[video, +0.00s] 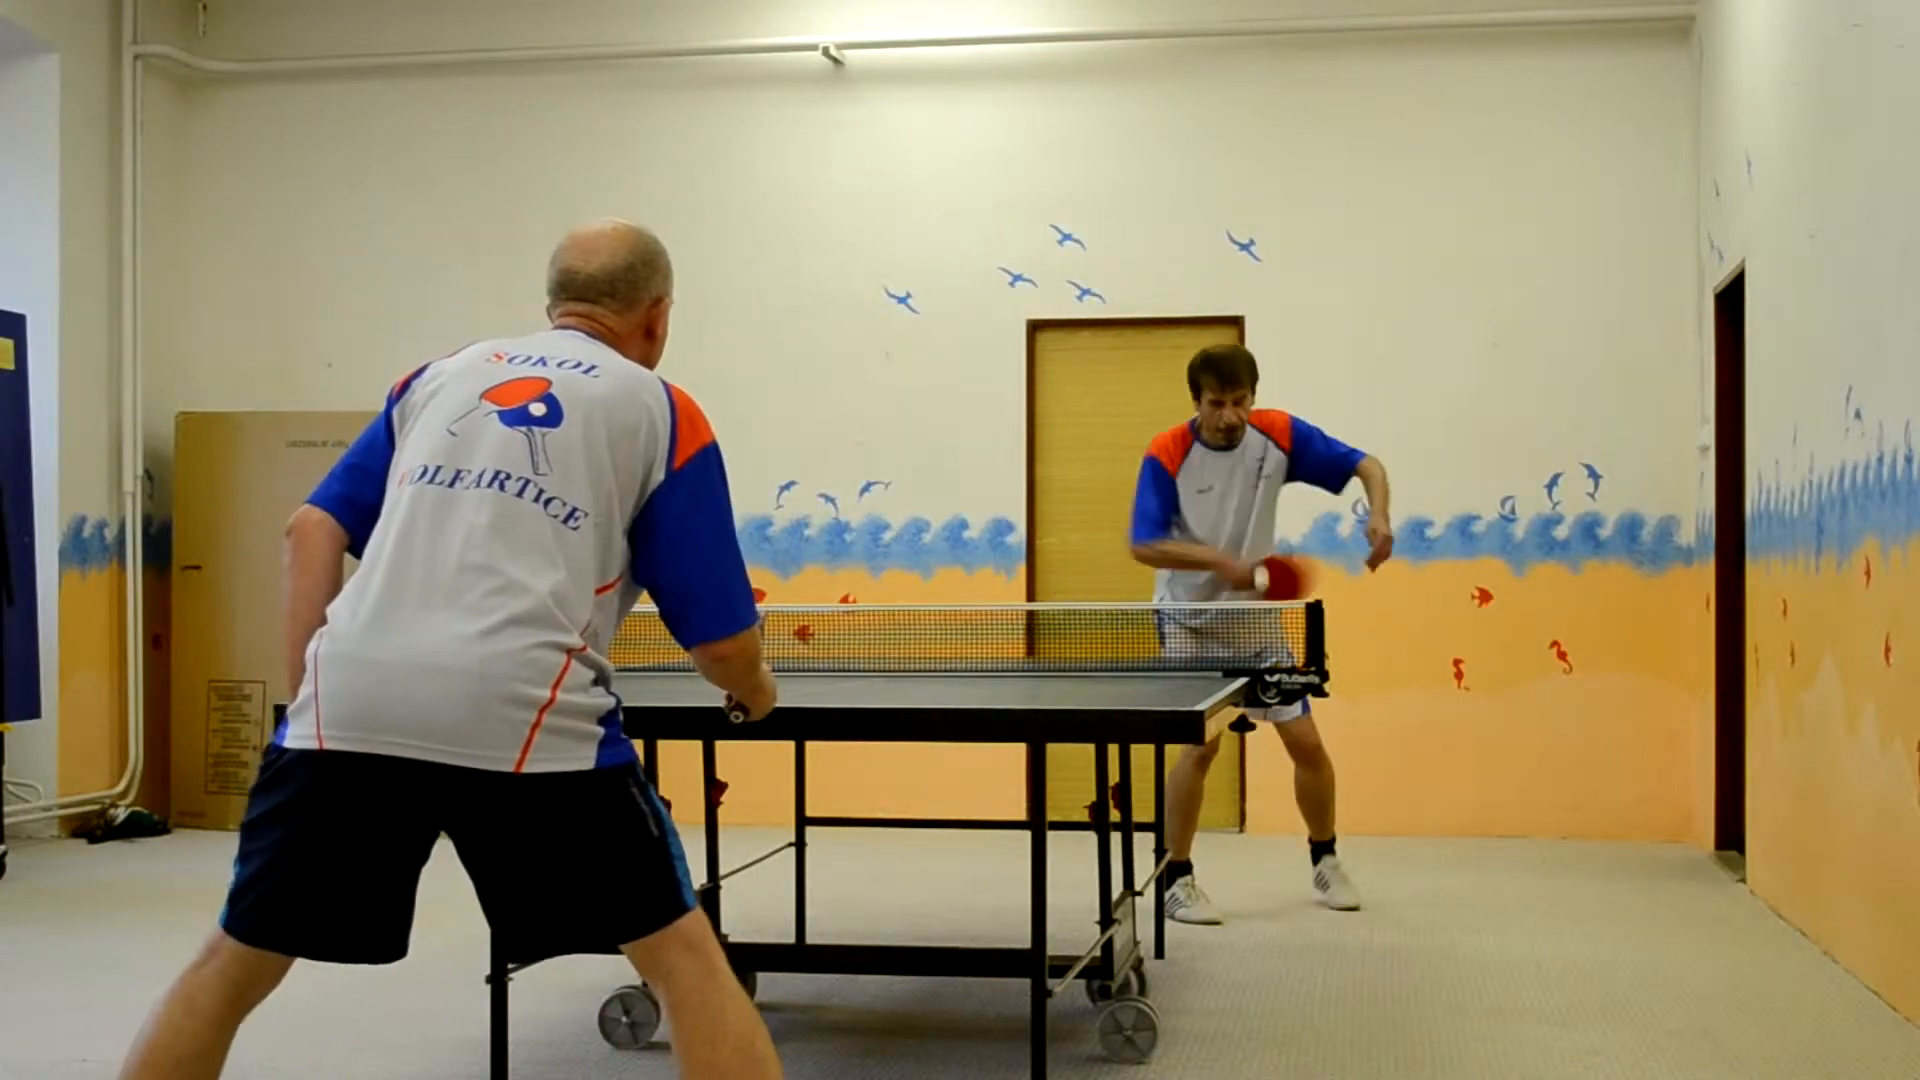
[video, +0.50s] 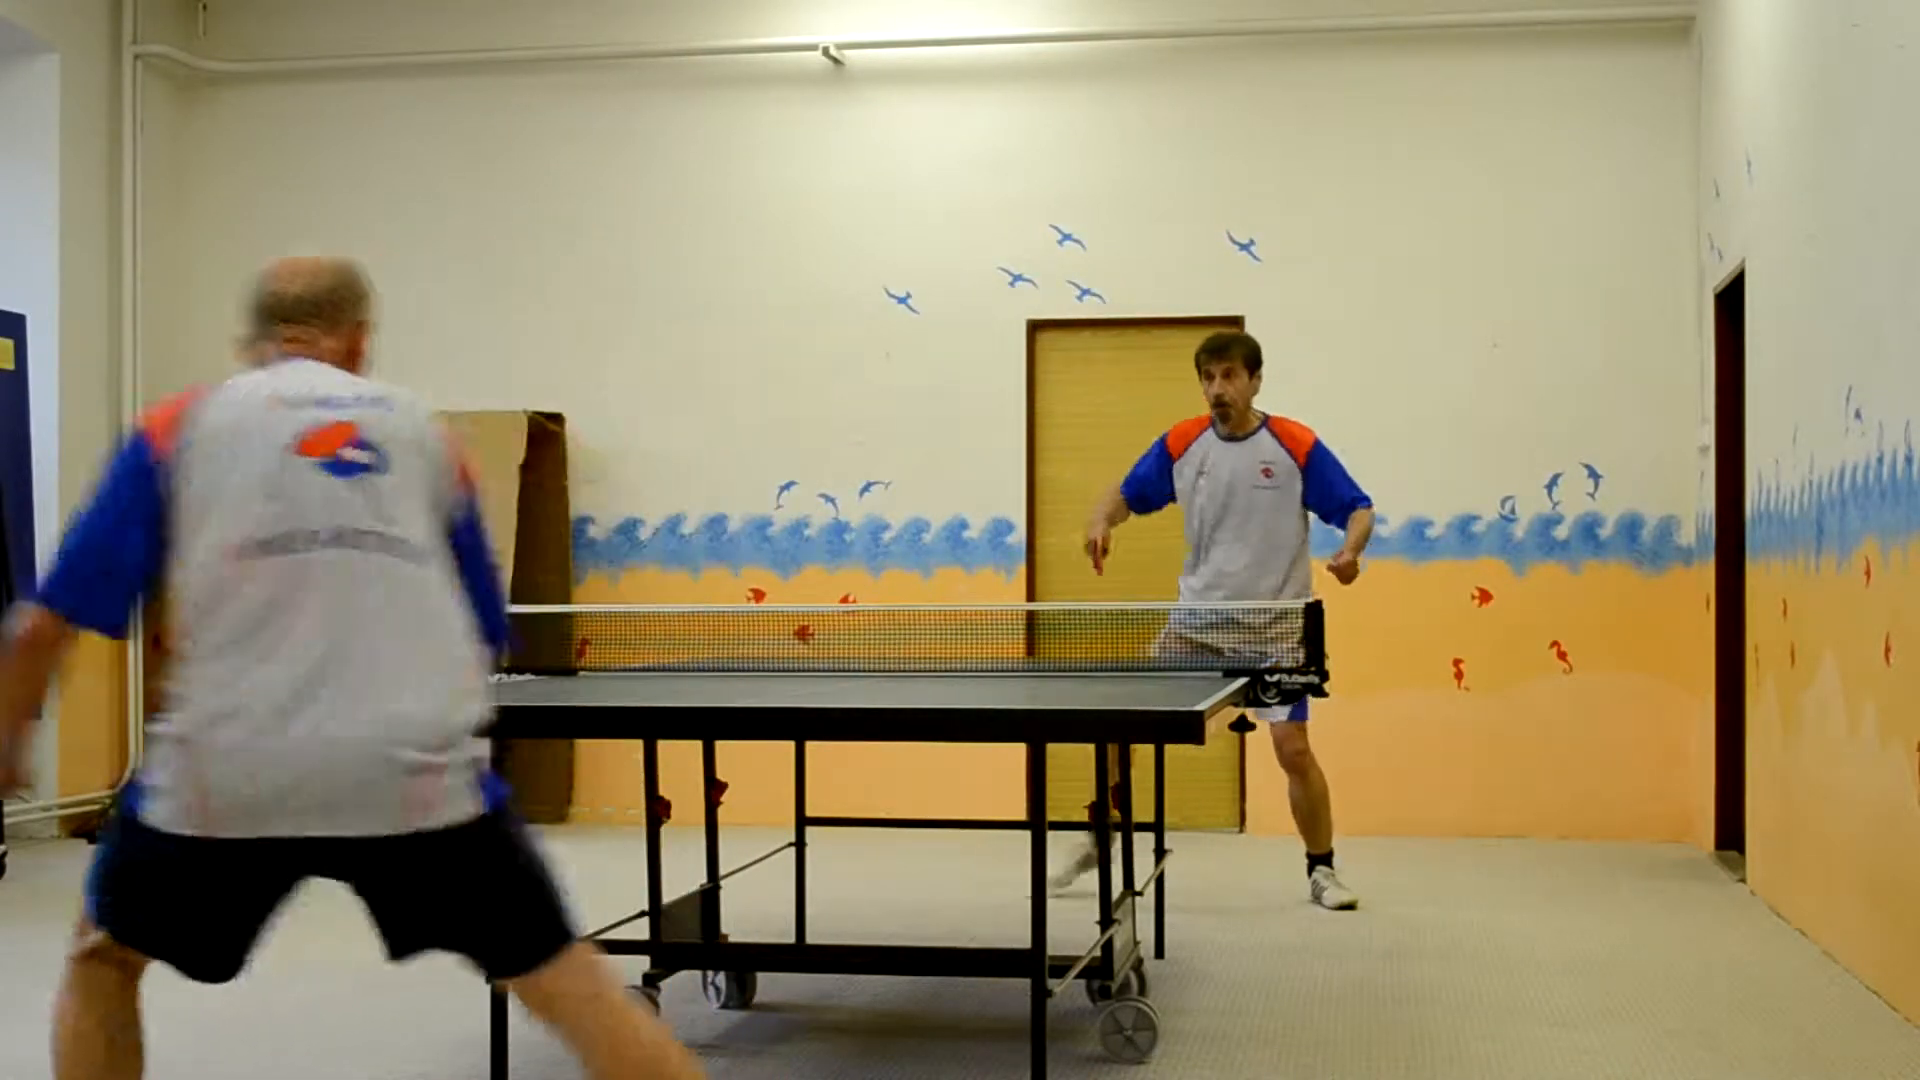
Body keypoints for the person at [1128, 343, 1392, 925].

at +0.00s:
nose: (1229, 416)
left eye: (1239, 403)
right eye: (1217, 405)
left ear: (1252, 395)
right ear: (1196, 400)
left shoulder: (1278, 434)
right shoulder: (1166, 454)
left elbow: (1368, 466)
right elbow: (1144, 545)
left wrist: (1380, 517)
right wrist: (1220, 559)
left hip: (1254, 614)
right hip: (1187, 618)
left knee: (1308, 744)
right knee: (1198, 746)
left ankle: (1325, 863)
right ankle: (1176, 879)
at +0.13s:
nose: (1233, 402)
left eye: (1244, 388)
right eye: (1223, 390)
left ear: (1266, 386)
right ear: (1210, 390)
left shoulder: (1303, 440)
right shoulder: (1176, 436)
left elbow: (1387, 487)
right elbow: (1097, 457)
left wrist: (1384, 543)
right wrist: (1072, 485)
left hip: (1277, 616)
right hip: (1201, 616)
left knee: (1308, 749)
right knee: (1184, 743)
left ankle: (1324, 870)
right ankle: (1170, 874)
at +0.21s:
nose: (1241, 393)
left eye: (1252, 380)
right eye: (1231, 382)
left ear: (1274, 379)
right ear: (1219, 384)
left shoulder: (1311, 442)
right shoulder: (1188, 423)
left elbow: (1385, 501)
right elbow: (1116, 426)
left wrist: (1375, 553)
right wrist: (1080, 461)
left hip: (1283, 617)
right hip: (1204, 616)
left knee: (1309, 748)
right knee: (1177, 733)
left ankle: (1323, 870)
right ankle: (1168, 859)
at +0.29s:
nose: (1243, 390)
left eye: (1254, 377)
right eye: (1234, 379)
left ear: (1278, 378)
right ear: (1222, 381)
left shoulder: (1313, 443)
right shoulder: (1192, 425)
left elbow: (1379, 509)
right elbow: (1121, 447)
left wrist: (1364, 555)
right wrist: (1092, 479)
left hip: (1283, 616)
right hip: (1205, 613)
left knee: (1302, 749)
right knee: (1172, 718)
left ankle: (1322, 869)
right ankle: (1174, 816)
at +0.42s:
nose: (1232, 389)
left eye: (1242, 377)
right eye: (1223, 378)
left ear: (1268, 377)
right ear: (1214, 381)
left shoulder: (1306, 444)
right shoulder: (1189, 437)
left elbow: (1370, 509)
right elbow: (1130, 479)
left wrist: (1360, 550)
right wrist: (1102, 507)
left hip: (1282, 618)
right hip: (1204, 614)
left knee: (1298, 752)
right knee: (1141, 702)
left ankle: (1322, 869)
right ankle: (1140, 801)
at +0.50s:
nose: (1217, 388)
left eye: (1228, 375)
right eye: (1208, 378)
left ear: (1254, 379)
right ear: (1200, 383)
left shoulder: (1295, 444)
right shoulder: (1181, 444)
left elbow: (1358, 508)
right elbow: (1129, 492)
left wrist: (1351, 549)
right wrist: (1100, 524)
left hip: (1278, 620)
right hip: (1198, 618)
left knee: (1294, 751)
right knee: (1124, 718)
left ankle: (1322, 869)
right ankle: (1099, 836)